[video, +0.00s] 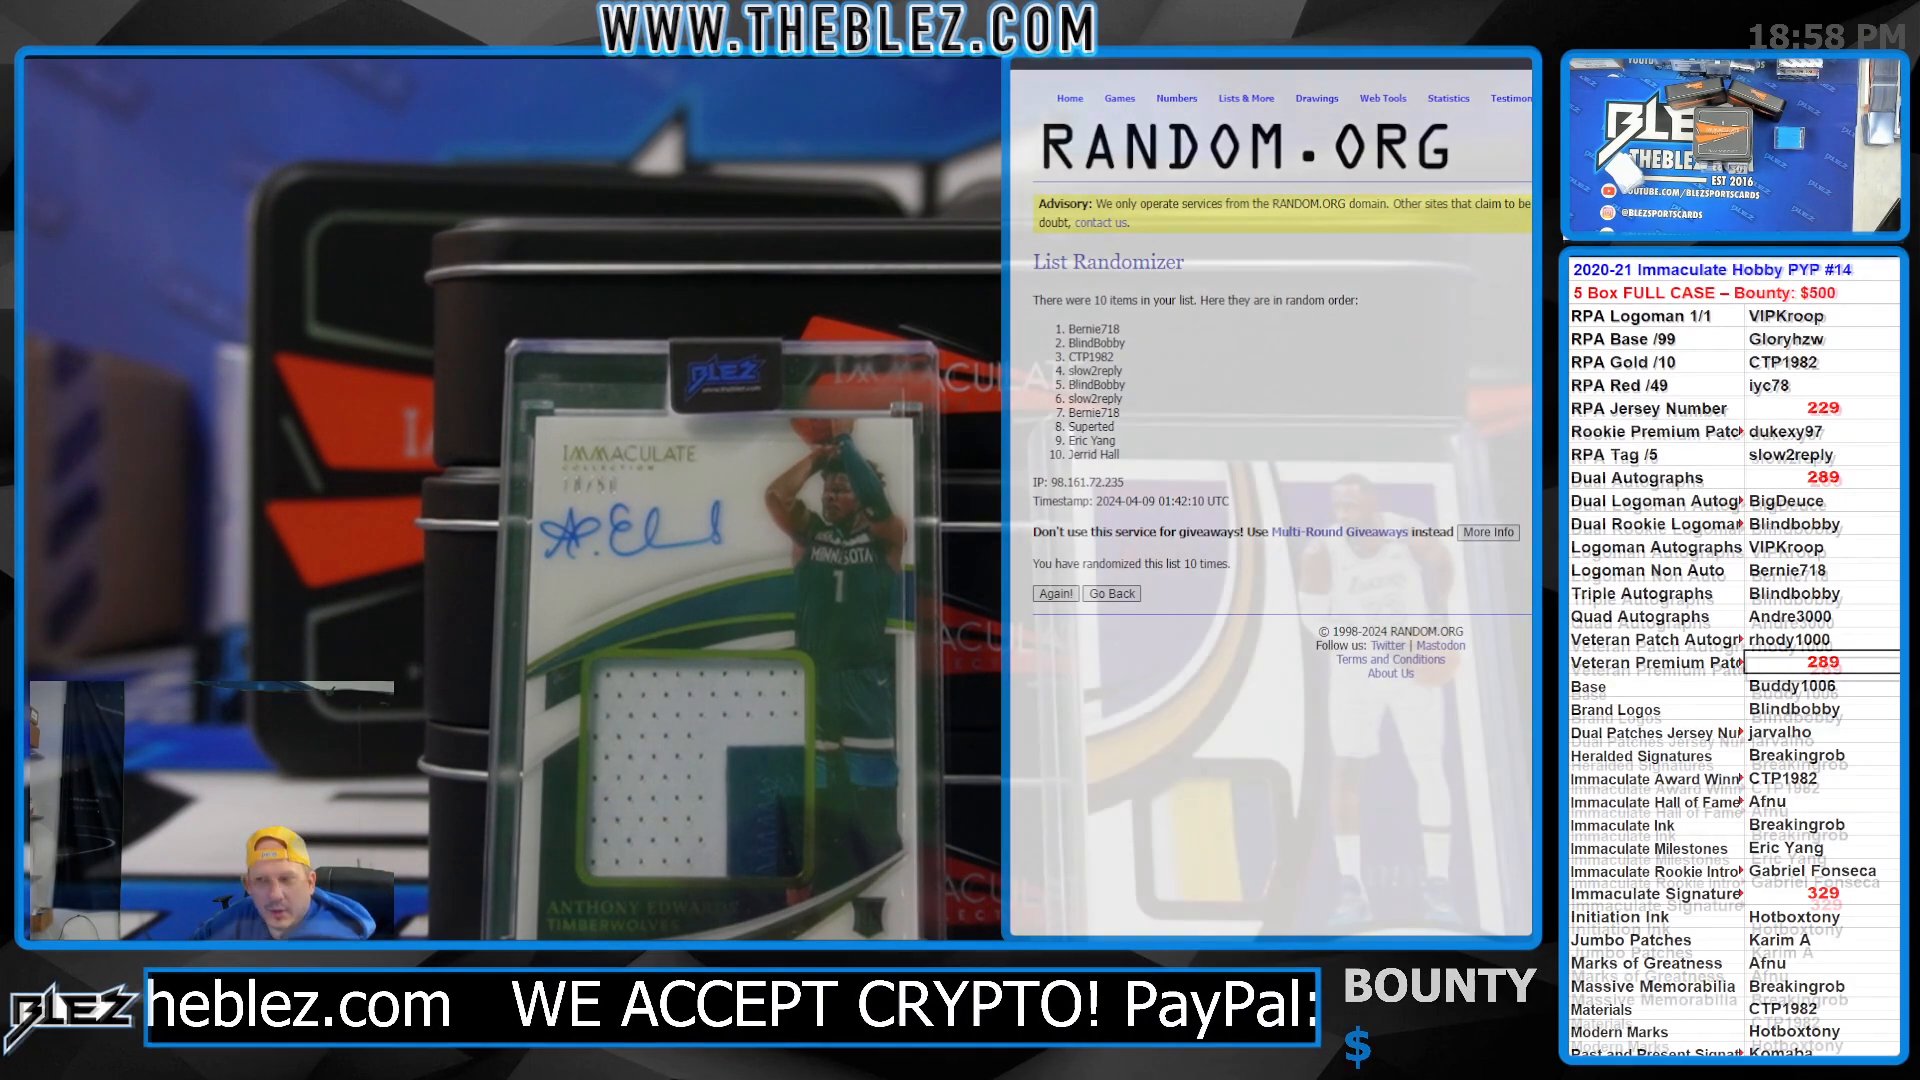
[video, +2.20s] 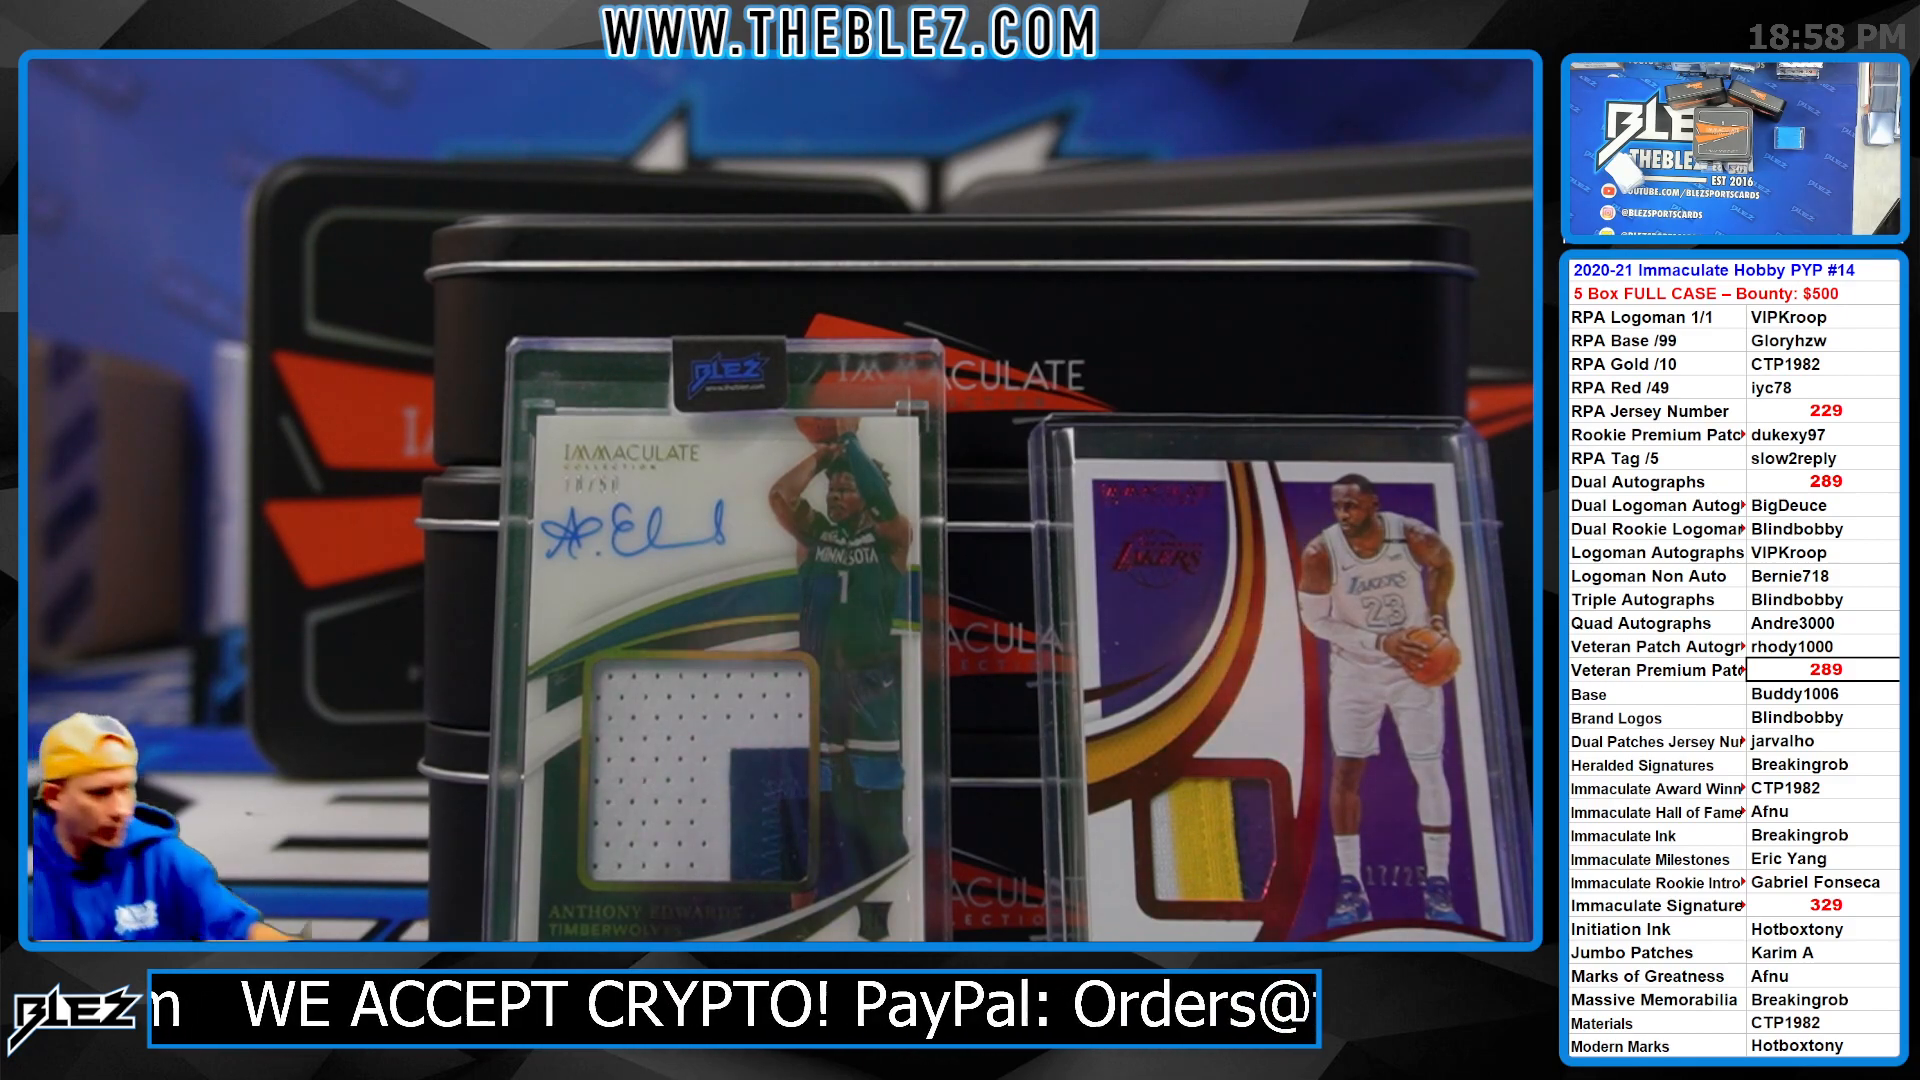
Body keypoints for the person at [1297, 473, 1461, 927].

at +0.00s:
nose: (1348, 513)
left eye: (1355, 503)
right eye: (1341, 506)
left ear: (1374, 502)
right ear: (1333, 510)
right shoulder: (1325, 550)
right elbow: (1312, 616)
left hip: (1414, 675)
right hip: (1352, 678)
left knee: (1429, 773)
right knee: (1348, 774)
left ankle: (1436, 882)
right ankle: (1349, 885)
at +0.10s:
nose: (1344, 515)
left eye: (1352, 506)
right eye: (1338, 507)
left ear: (1374, 505)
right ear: (1332, 509)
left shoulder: (1411, 533)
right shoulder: (1321, 553)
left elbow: (1444, 565)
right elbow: (1316, 624)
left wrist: (1434, 618)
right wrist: (1380, 645)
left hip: (1415, 674)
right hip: (1354, 677)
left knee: (1430, 772)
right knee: (1348, 774)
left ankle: (1438, 885)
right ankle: (1351, 889)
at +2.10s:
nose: (1343, 514)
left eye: (1351, 505)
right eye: (1337, 506)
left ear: (1374, 505)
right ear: (1332, 509)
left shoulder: (1411, 534)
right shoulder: (1319, 555)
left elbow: (1444, 565)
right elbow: (1316, 622)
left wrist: (1437, 617)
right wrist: (1379, 641)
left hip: (1414, 672)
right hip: (1354, 674)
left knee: (1430, 771)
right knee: (1348, 772)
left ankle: (1438, 885)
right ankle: (1351, 888)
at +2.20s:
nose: (1343, 514)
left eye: (1352, 505)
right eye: (1337, 506)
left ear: (1374, 505)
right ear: (1332, 509)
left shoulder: (1412, 535)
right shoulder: (1320, 554)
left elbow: (1444, 564)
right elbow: (1316, 621)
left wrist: (1436, 617)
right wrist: (1379, 642)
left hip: (1414, 673)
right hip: (1355, 674)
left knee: (1430, 772)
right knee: (1347, 773)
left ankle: (1438, 884)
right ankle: (1351, 887)